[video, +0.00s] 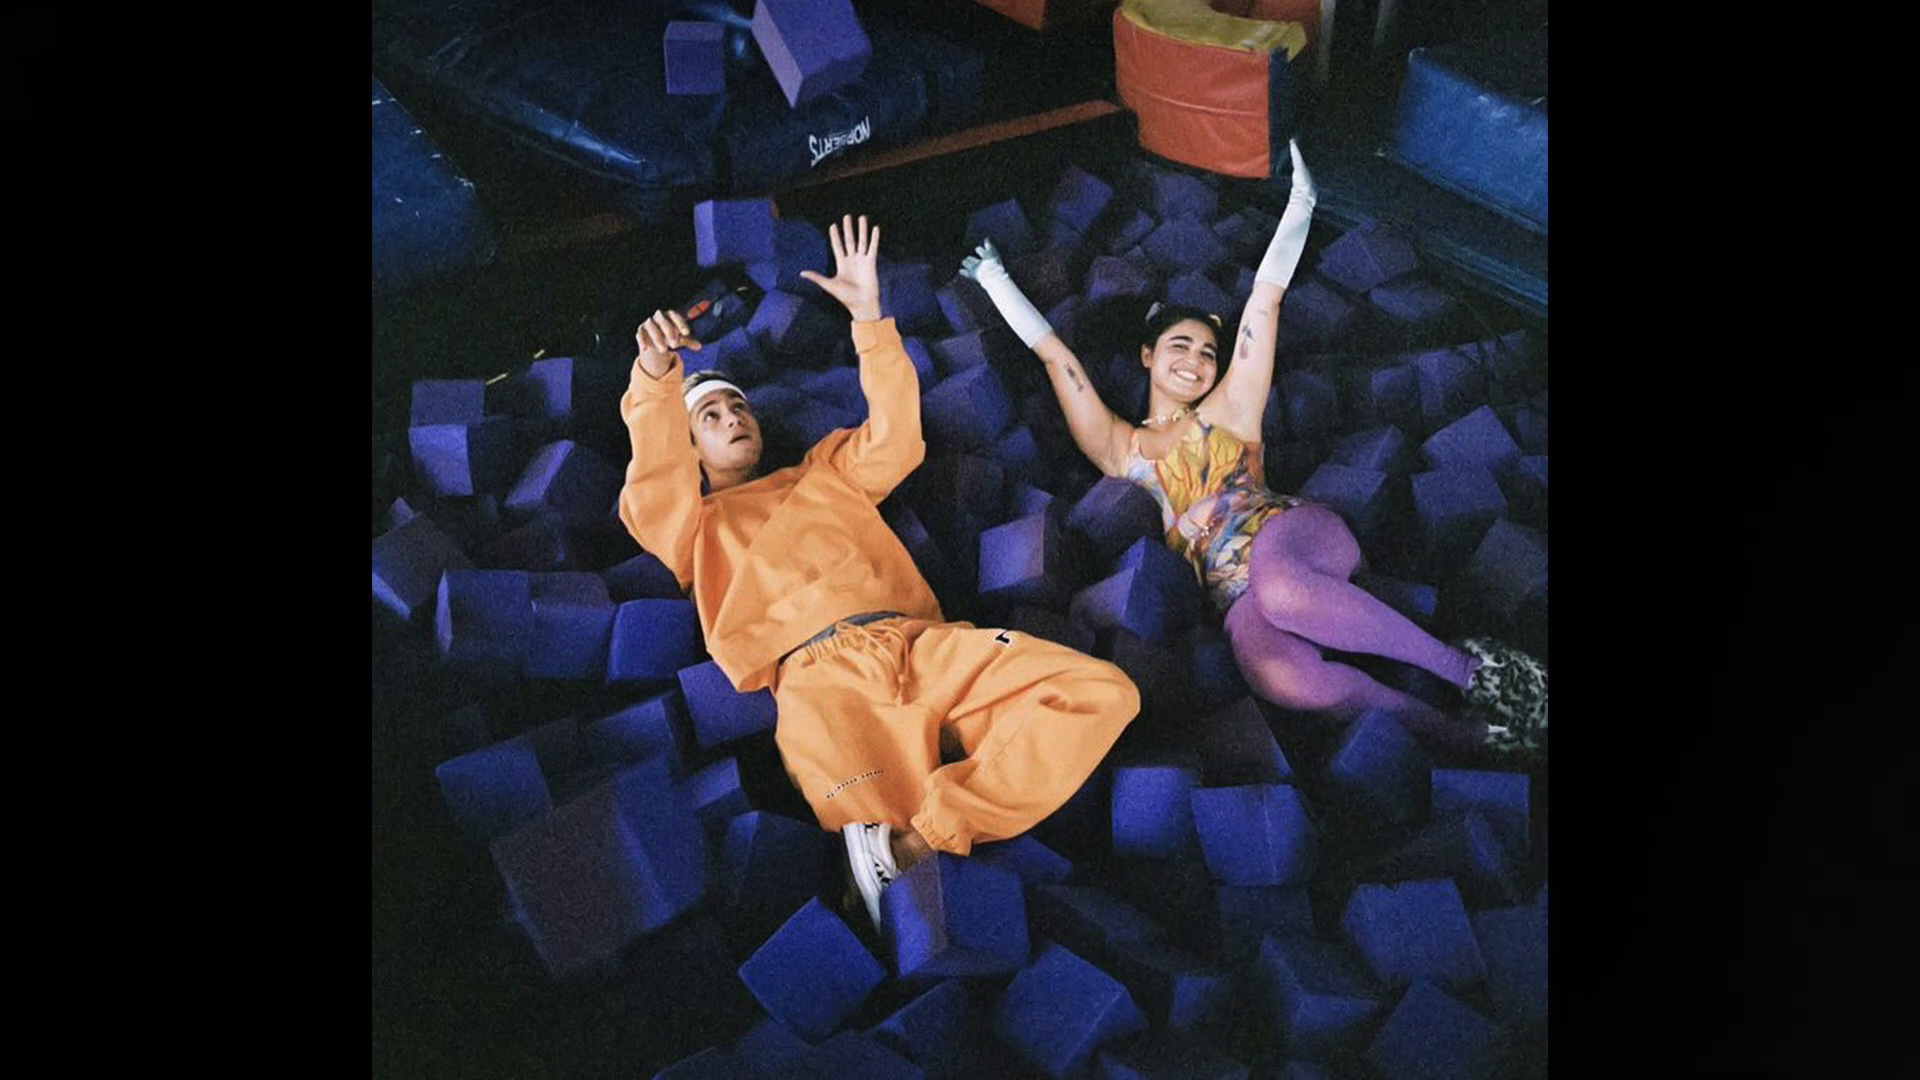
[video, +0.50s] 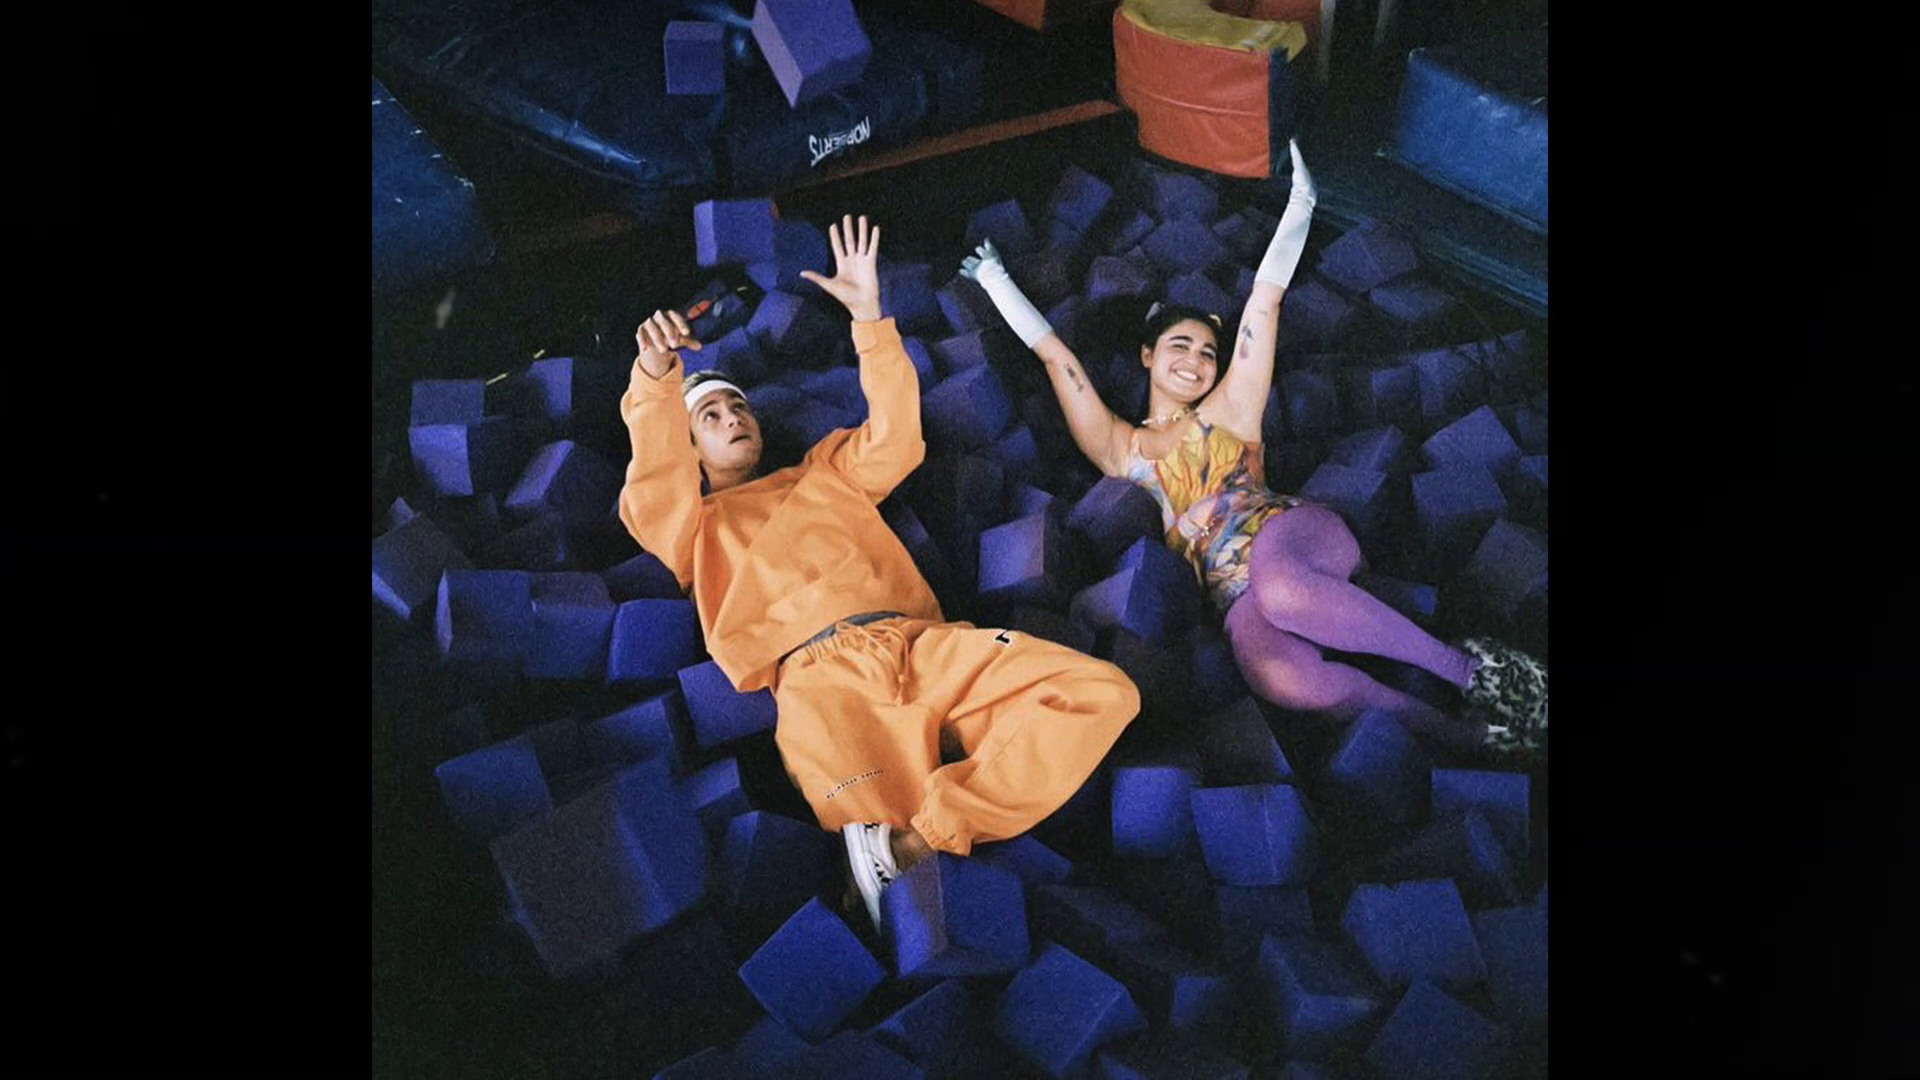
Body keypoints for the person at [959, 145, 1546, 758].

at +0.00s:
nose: (1191, 360)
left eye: (1204, 353)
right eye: (1176, 346)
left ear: (1216, 370)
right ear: (1145, 358)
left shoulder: (1230, 411)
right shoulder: (1122, 448)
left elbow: (1264, 304)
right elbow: (1057, 359)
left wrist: (1298, 209)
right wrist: (992, 277)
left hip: (1289, 531)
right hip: (1239, 597)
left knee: (1278, 593)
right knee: (1285, 680)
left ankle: (1471, 670)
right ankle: (1461, 732)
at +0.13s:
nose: (1190, 359)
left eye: (1204, 353)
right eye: (1176, 346)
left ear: (1216, 370)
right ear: (1145, 358)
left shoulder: (1230, 411)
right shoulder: (1122, 449)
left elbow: (1264, 305)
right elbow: (1057, 359)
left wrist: (1299, 209)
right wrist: (992, 277)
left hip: (1288, 531)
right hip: (1238, 596)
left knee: (1279, 593)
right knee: (1286, 680)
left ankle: (1471, 671)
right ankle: (1462, 733)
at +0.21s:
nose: (1190, 359)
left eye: (1204, 353)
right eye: (1176, 346)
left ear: (1216, 370)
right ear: (1145, 359)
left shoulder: (1230, 410)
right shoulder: (1123, 448)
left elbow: (1264, 304)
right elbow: (1057, 359)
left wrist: (1298, 208)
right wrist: (992, 277)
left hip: (1290, 532)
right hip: (1239, 598)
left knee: (1278, 593)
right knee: (1286, 680)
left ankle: (1471, 670)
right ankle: (1459, 732)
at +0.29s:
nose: (1190, 359)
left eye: (1204, 353)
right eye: (1176, 346)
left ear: (1216, 370)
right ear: (1145, 358)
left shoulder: (1230, 410)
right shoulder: (1122, 449)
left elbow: (1264, 305)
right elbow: (1057, 359)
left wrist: (1298, 209)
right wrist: (992, 277)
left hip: (1289, 532)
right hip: (1239, 597)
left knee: (1279, 593)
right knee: (1285, 679)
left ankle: (1471, 670)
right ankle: (1461, 732)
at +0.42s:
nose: (1190, 359)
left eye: (1204, 353)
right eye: (1176, 346)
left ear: (1216, 370)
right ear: (1145, 358)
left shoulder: (1230, 411)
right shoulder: (1122, 449)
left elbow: (1264, 305)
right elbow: (1057, 359)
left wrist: (1299, 209)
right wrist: (992, 277)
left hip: (1288, 531)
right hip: (1238, 596)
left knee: (1279, 593)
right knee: (1286, 680)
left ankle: (1471, 671)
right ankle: (1462, 733)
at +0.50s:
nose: (1190, 359)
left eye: (1204, 353)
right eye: (1176, 346)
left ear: (1216, 370)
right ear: (1145, 358)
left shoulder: (1230, 411)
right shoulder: (1122, 449)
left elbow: (1264, 304)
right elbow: (1057, 359)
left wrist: (1299, 209)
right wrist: (992, 277)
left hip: (1288, 531)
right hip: (1238, 596)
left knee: (1279, 593)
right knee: (1286, 680)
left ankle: (1471, 671)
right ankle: (1462, 733)